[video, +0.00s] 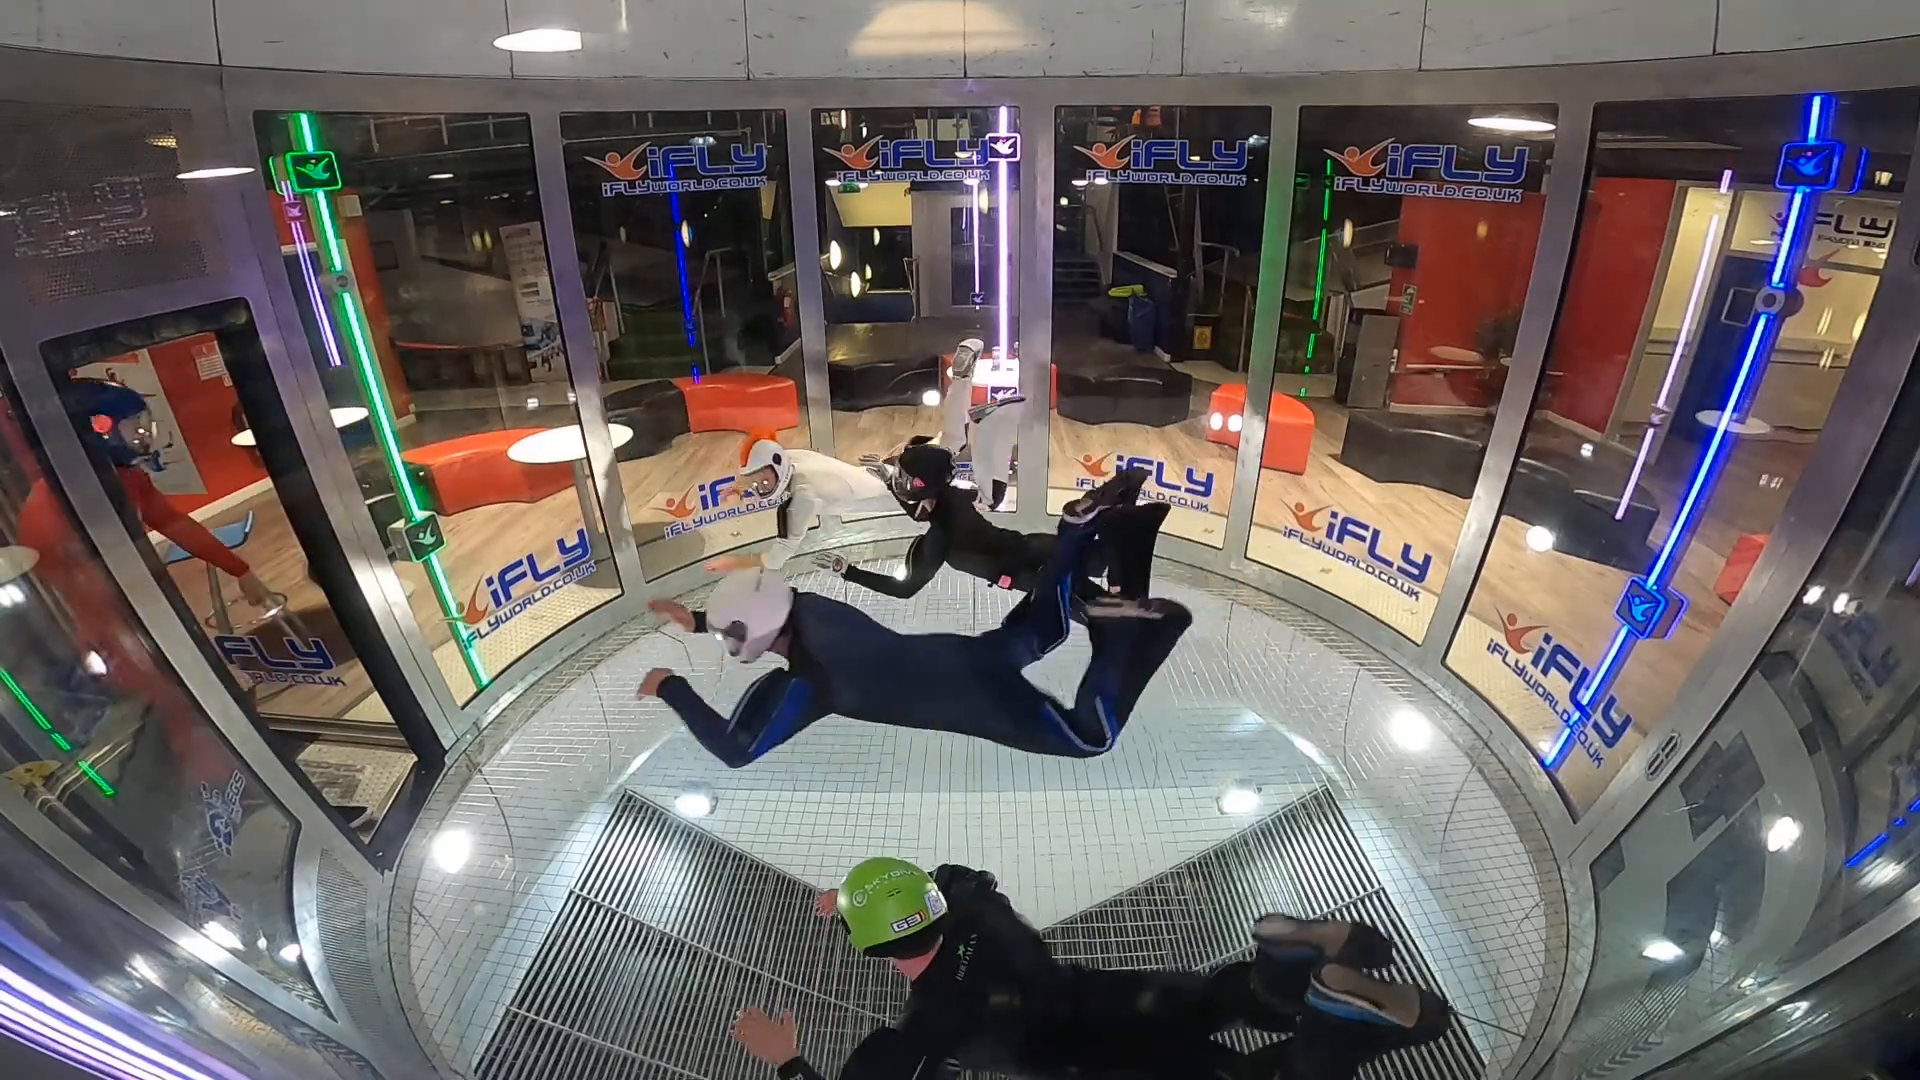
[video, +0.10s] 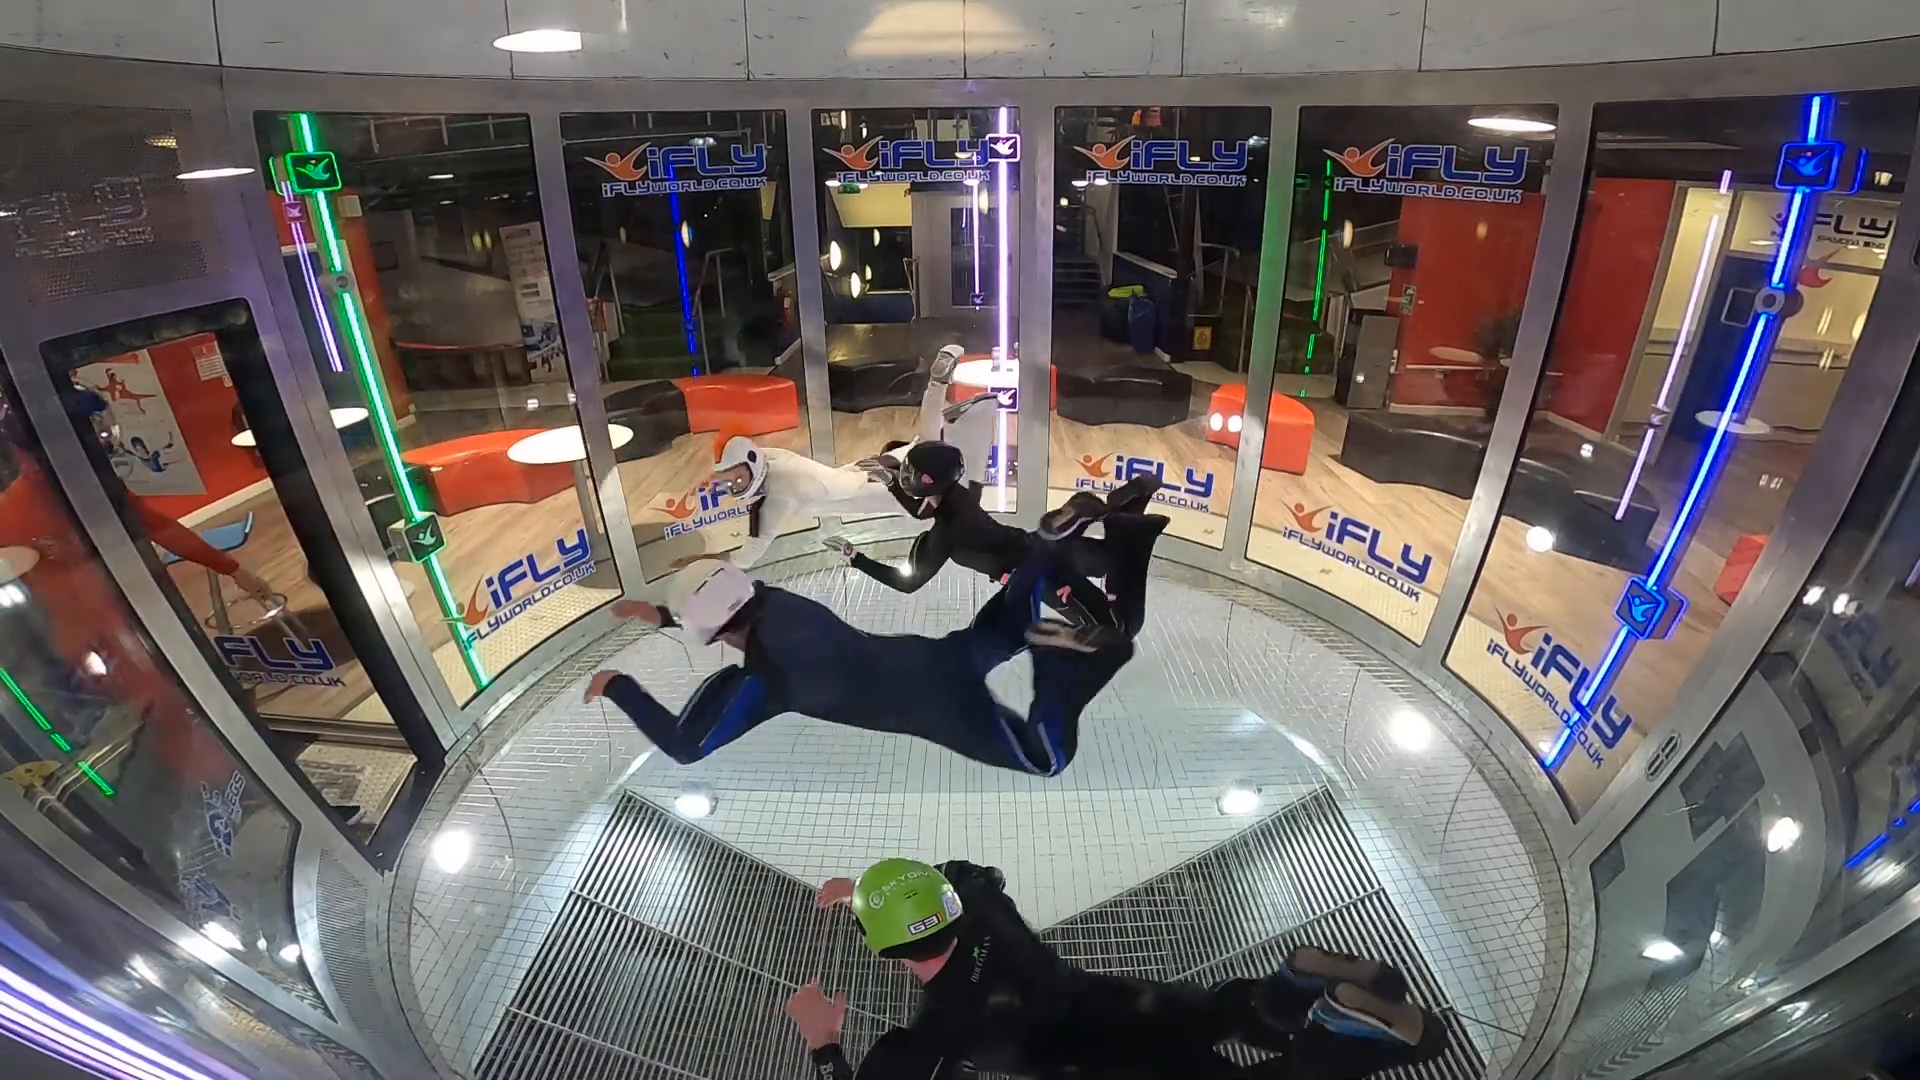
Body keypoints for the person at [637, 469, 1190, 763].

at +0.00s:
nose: (736, 645)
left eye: (741, 638)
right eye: (733, 636)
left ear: (764, 635)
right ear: (772, 609)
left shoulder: (802, 681)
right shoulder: (806, 609)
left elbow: (737, 748)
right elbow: (755, 612)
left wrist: (672, 690)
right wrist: (697, 617)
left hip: (977, 696)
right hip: (969, 651)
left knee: (1090, 736)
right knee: (1043, 623)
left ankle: (1129, 628)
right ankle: (1088, 526)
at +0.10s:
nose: (716, 642)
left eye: (715, 635)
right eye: (712, 633)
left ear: (730, 634)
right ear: (749, 600)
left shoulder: (764, 681)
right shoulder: (782, 604)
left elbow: (686, 744)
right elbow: (724, 601)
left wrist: (619, 688)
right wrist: (661, 615)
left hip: (939, 709)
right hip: (937, 654)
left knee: (1049, 753)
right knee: (997, 631)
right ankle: (1056, 551)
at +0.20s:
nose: (676, 634)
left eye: (674, 625)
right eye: (672, 622)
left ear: (684, 622)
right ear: (707, 588)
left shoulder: (723, 676)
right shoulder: (742, 593)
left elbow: (638, 740)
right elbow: (682, 585)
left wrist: (576, 675)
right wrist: (622, 616)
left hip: (906, 711)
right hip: (902, 657)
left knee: (1005, 768)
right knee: (968, 636)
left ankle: (1004, 670)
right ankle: (992, 556)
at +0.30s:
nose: (623, 621)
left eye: (623, 614)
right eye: (622, 611)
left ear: (639, 620)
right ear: (668, 579)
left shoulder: (680, 677)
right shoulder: (709, 593)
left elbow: (583, 733)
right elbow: (655, 589)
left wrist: (516, 665)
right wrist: (601, 610)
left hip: (872, 710)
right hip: (874, 659)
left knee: (976, 771)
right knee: (942, 616)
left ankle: (974, 652)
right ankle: (949, 538)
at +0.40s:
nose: (595, 627)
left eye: (590, 618)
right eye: (595, 612)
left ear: (603, 620)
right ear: (637, 585)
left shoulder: (639, 676)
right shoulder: (677, 594)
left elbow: (532, 728)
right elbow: (649, 569)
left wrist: (449, 662)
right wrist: (604, 543)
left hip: (840, 713)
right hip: (847, 665)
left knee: (951, 768)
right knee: (913, 640)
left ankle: (944, 624)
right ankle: (914, 554)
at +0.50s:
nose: (560, 607)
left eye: (556, 607)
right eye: (564, 590)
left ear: (570, 621)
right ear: (606, 579)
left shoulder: (610, 680)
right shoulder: (652, 598)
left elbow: (506, 729)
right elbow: (598, 578)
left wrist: (434, 655)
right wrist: (545, 562)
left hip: (814, 728)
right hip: (819, 675)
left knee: (926, 781)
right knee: (886, 646)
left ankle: (947, 647)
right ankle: (895, 543)